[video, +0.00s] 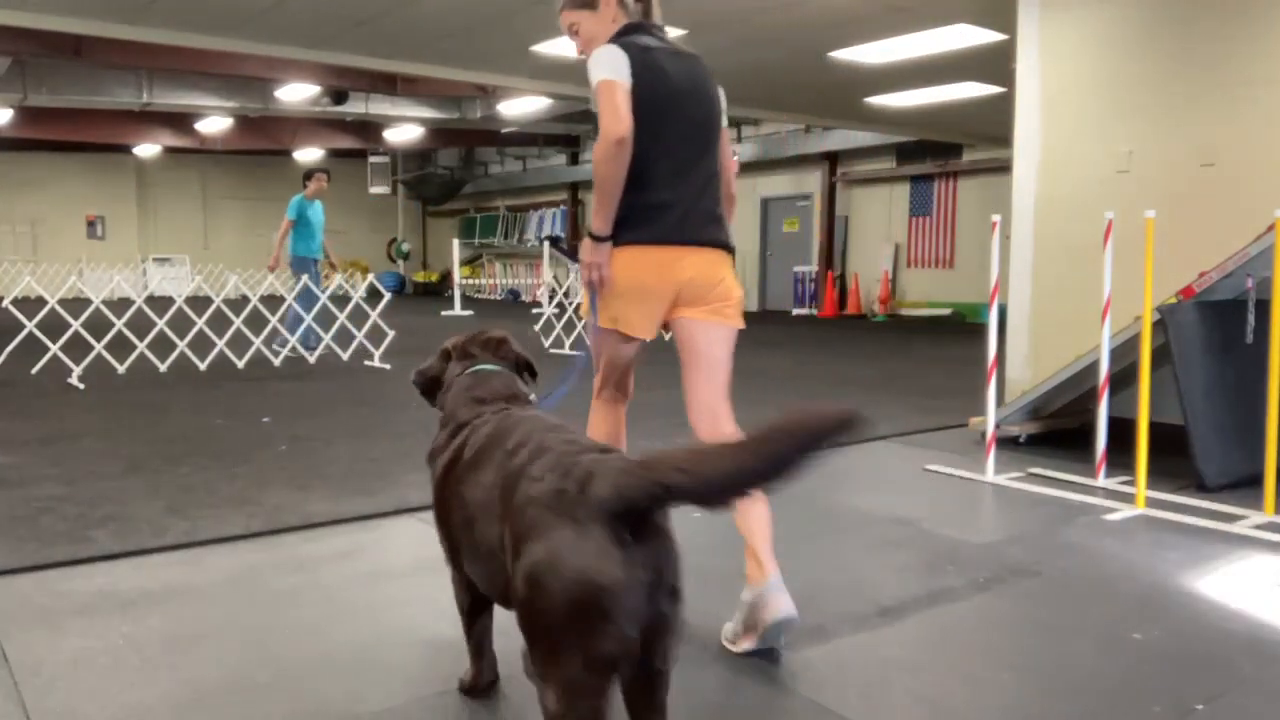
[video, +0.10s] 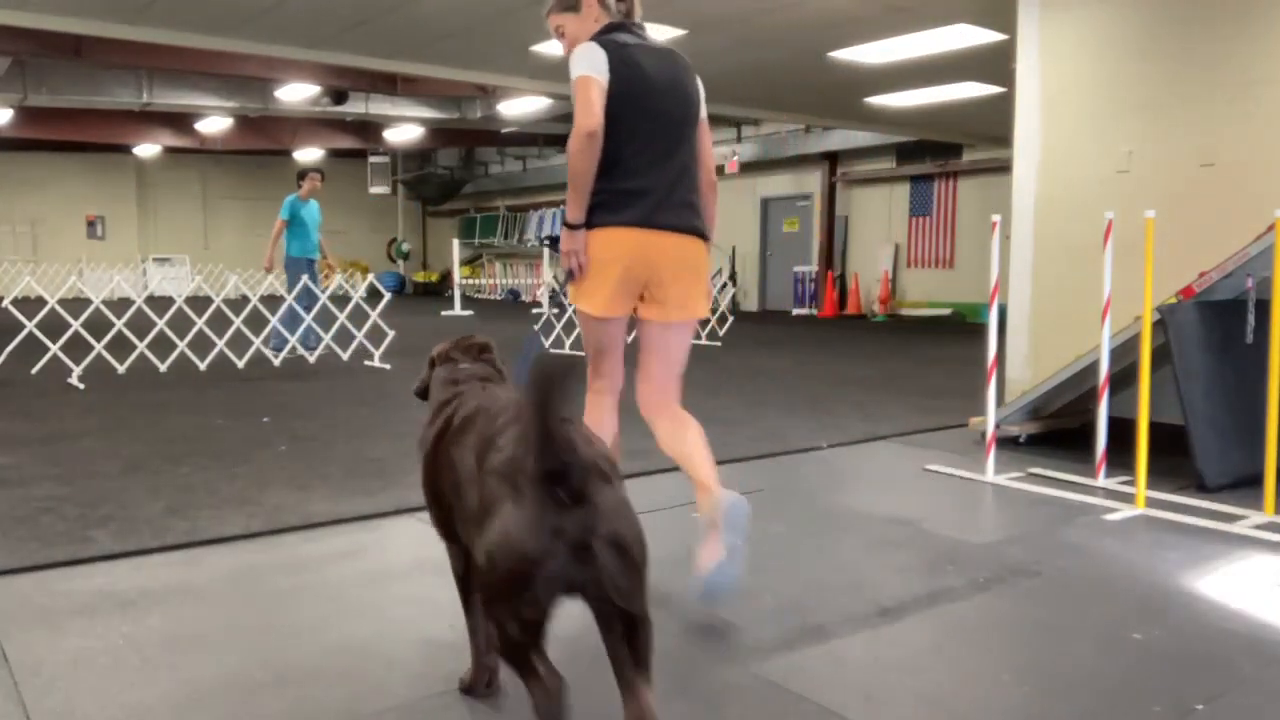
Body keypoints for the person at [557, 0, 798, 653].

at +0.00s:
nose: (574, 42)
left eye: (575, 28)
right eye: (569, 33)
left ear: (610, 8)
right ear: (637, 13)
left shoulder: (611, 53)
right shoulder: (698, 67)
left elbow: (617, 134)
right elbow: (727, 170)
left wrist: (599, 234)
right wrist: (714, 241)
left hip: (638, 257)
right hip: (710, 257)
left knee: (611, 395)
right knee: (717, 422)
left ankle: (598, 547)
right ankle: (766, 583)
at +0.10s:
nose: (561, 39)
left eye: (561, 26)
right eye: (556, 31)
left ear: (591, 9)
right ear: (618, 13)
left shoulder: (591, 53)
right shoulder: (684, 69)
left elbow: (590, 129)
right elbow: (706, 173)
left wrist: (574, 223)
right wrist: (701, 243)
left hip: (612, 238)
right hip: (683, 243)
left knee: (603, 386)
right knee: (663, 402)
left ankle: (595, 522)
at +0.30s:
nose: (551, 56)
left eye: (550, 45)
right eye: (547, 48)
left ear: (574, 25)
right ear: (596, 29)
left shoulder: (568, 67)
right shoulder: (658, 84)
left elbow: (549, 130)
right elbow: (684, 174)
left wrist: (552, 217)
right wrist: (699, 251)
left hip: (587, 233)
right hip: (648, 237)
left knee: (594, 375)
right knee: (623, 358)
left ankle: (602, 520)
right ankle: (621, 479)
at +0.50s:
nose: (544, 83)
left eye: (545, 73)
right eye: (542, 75)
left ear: (568, 61)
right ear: (587, 64)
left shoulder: (557, 105)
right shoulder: (638, 117)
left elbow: (542, 166)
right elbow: (659, 196)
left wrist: (543, 238)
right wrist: (679, 265)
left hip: (574, 256)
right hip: (627, 257)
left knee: (568, 376)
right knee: (600, 363)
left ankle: (592, 460)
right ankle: (597, 474)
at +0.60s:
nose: (536, 81)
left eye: (536, 71)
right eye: (533, 74)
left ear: (556, 57)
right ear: (575, 60)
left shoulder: (548, 97)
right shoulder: (626, 109)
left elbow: (539, 161)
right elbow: (644, 189)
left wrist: (538, 231)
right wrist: (657, 256)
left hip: (567, 245)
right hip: (620, 244)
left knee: (553, 355)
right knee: (601, 352)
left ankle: (582, 436)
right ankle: (603, 464)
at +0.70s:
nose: (528, 82)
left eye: (527, 74)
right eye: (525, 75)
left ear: (544, 61)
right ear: (564, 61)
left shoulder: (538, 99)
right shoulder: (613, 107)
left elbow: (527, 157)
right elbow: (633, 183)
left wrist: (529, 223)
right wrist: (638, 245)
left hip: (556, 237)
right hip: (609, 236)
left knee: (547, 341)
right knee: (599, 348)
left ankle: (559, 442)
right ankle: (601, 458)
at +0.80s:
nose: (521, 96)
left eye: (521, 88)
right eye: (519, 90)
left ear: (540, 74)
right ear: (558, 75)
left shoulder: (528, 114)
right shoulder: (601, 119)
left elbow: (514, 173)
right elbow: (624, 191)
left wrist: (519, 233)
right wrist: (625, 250)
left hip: (547, 247)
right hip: (597, 245)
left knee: (542, 344)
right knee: (590, 350)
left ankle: (536, 427)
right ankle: (598, 454)